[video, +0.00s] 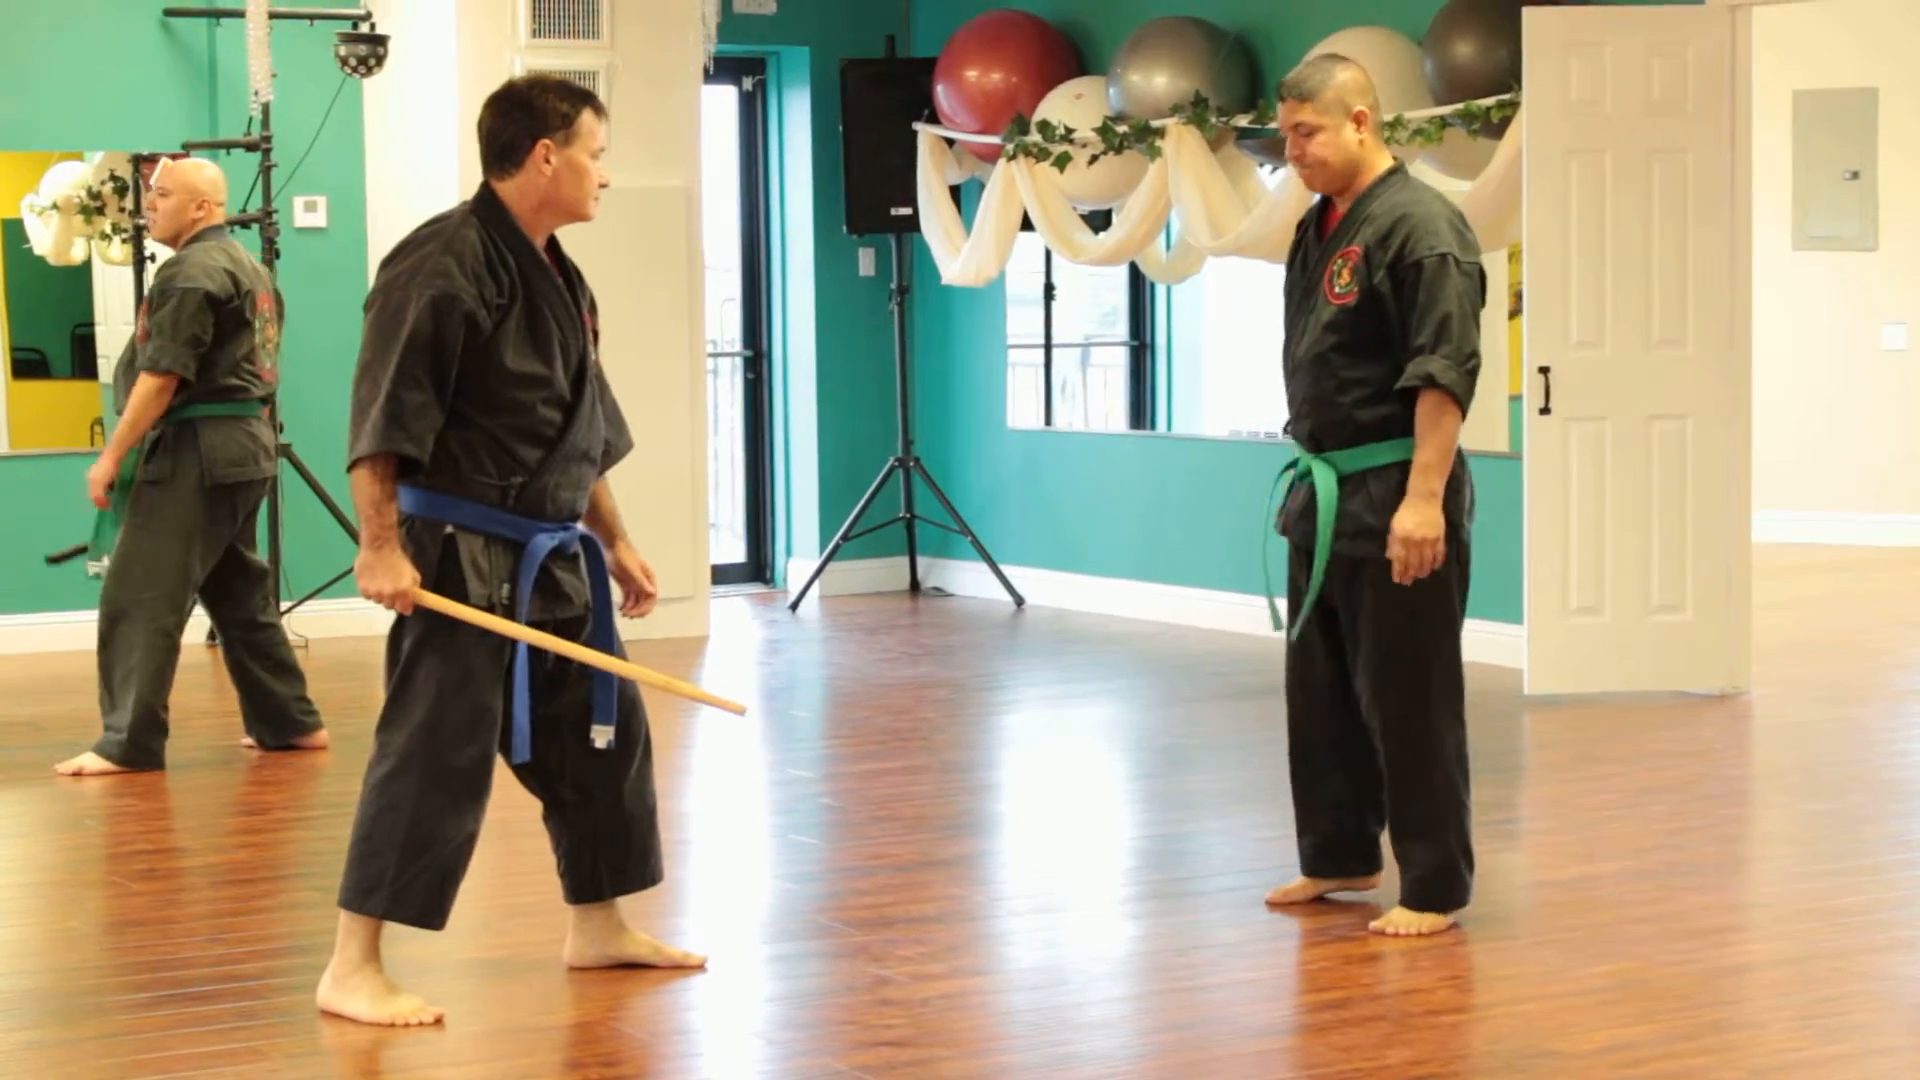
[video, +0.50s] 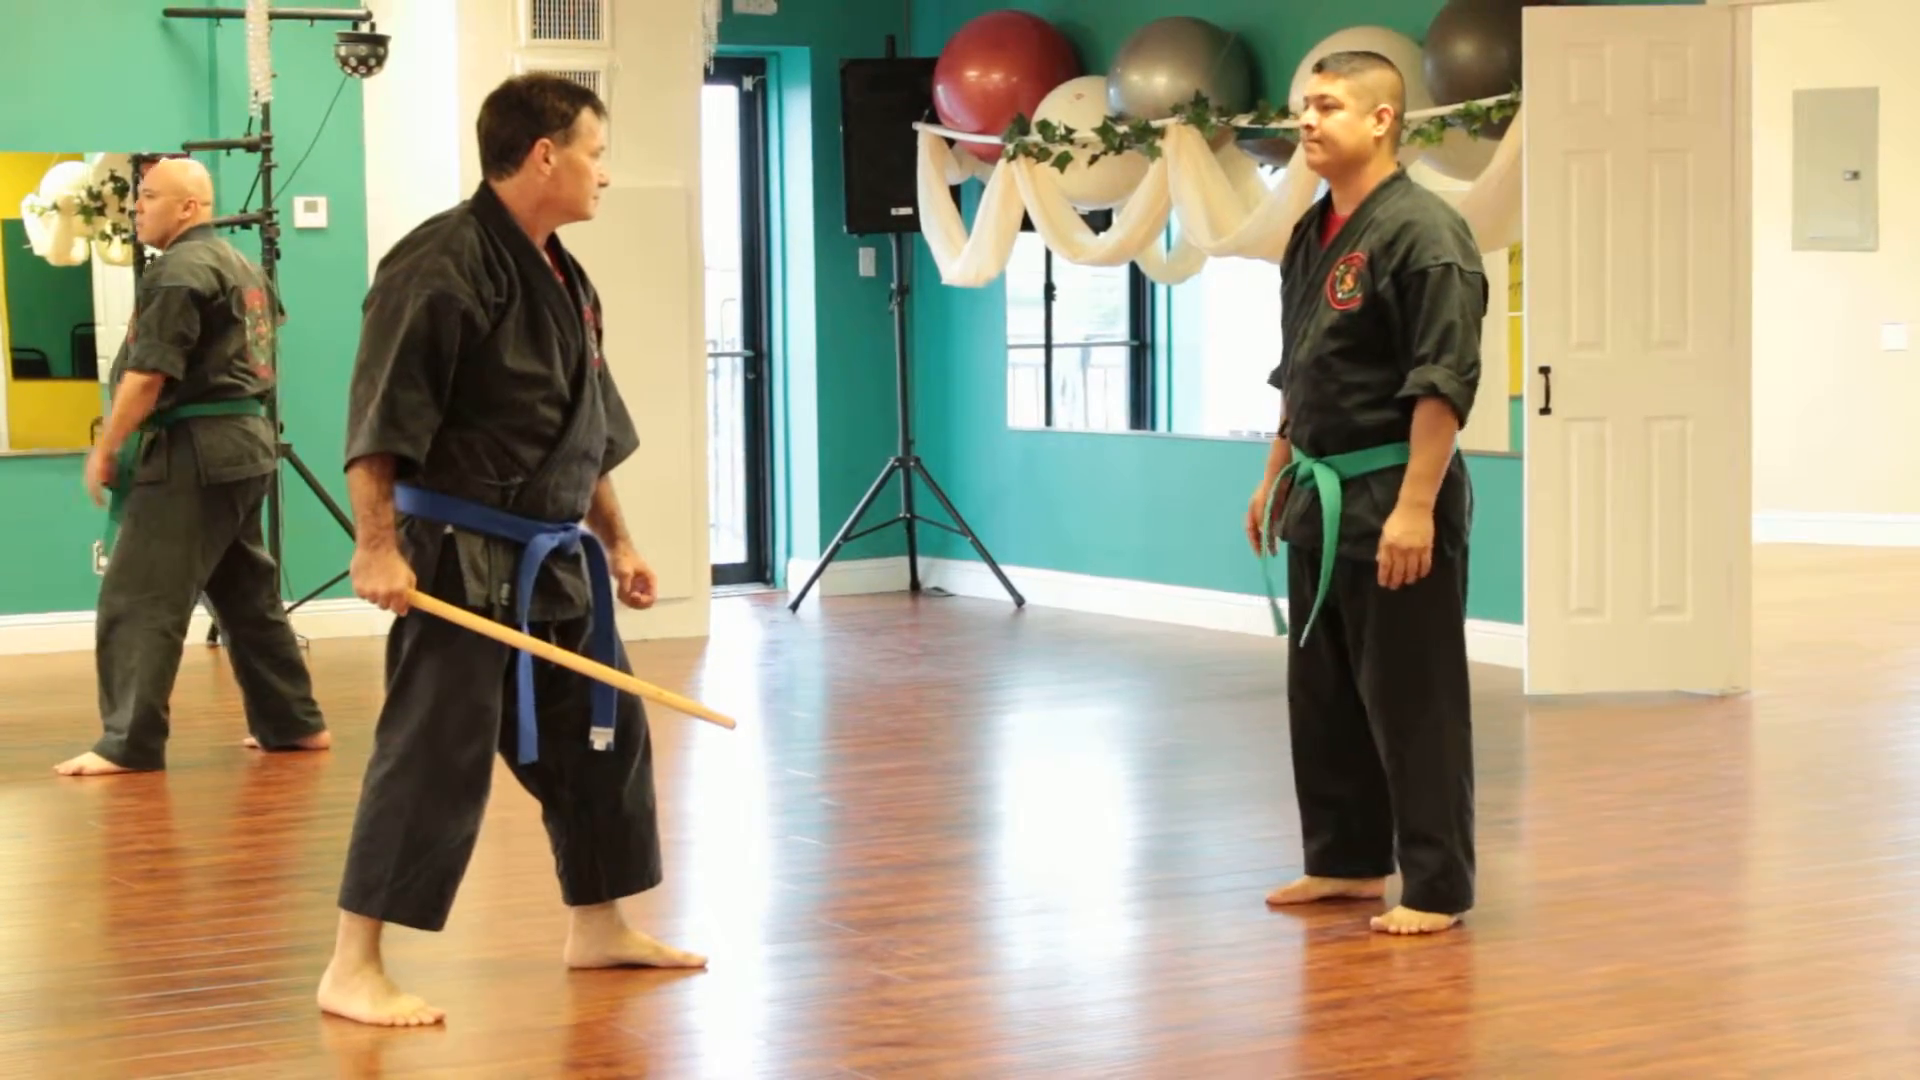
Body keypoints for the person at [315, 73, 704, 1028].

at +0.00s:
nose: (605, 175)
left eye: (605, 156)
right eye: (597, 155)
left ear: (548, 158)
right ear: (545, 156)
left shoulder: (559, 276)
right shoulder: (439, 262)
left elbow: (572, 428)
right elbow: (378, 412)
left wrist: (615, 539)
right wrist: (380, 541)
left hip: (558, 545)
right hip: (461, 543)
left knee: (600, 726)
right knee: (427, 747)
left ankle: (598, 926)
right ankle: (351, 967)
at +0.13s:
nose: (605, 175)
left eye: (605, 156)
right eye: (597, 155)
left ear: (547, 158)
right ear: (544, 157)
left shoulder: (560, 276)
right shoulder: (438, 263)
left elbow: (575, 428)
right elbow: (376, 411)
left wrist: (615, 539)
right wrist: (378, 541)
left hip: (557, 545)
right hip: (460, 543)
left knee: (601, 726)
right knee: (427, 748)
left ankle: (598, 927)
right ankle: (351, 967)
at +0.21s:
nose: (605, 174)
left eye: (605, 156)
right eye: (597, 155)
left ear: (548, 158)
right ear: (544, 157)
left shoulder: (563, 277)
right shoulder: (438, 263)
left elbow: (578, 429)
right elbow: (376, 411)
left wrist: (617, 539)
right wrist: (377, 541)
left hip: (558, 546)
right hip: (460, 544)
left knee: (601, 727)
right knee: (427, 748)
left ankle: (598, 927)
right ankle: (351, 967)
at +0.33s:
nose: (606, 175)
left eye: (605, 156)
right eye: (597, 156)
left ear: (548, 158)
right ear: (544, 157)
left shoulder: (564, 276)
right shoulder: (439, 262)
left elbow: (578, 428)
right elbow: (376, 410)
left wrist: (618, 539)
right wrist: (376, 542)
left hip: (558, 546)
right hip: (459, 544)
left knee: (600, 728)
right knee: (427, 748)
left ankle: (597, 928)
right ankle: (352, 967)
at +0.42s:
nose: (606, 175)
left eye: (605, 156)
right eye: (597, 156)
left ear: (548, 159)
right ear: (544, 157)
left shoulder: (564, 276)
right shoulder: (439, 262)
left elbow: (579, 428)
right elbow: (376, 410)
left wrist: (617, 539)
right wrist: (376, 542)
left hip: (558, 546)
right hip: (459, 544)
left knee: (600, 728)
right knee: (427, 748)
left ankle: (598, 928)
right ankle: (352, 967)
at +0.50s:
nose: (605, 175)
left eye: (604, 156)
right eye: (596, 156)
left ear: (548, 158)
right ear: (543, 156)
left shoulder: (564, 276)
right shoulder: (439, 261)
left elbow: (580, 428)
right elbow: (376, 409)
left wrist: (618, 539)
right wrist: (375, 542)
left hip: (559, 546)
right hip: (459, 543)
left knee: (600, 727)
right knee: (427, 747)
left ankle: (598, 928)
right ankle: (352, 967)